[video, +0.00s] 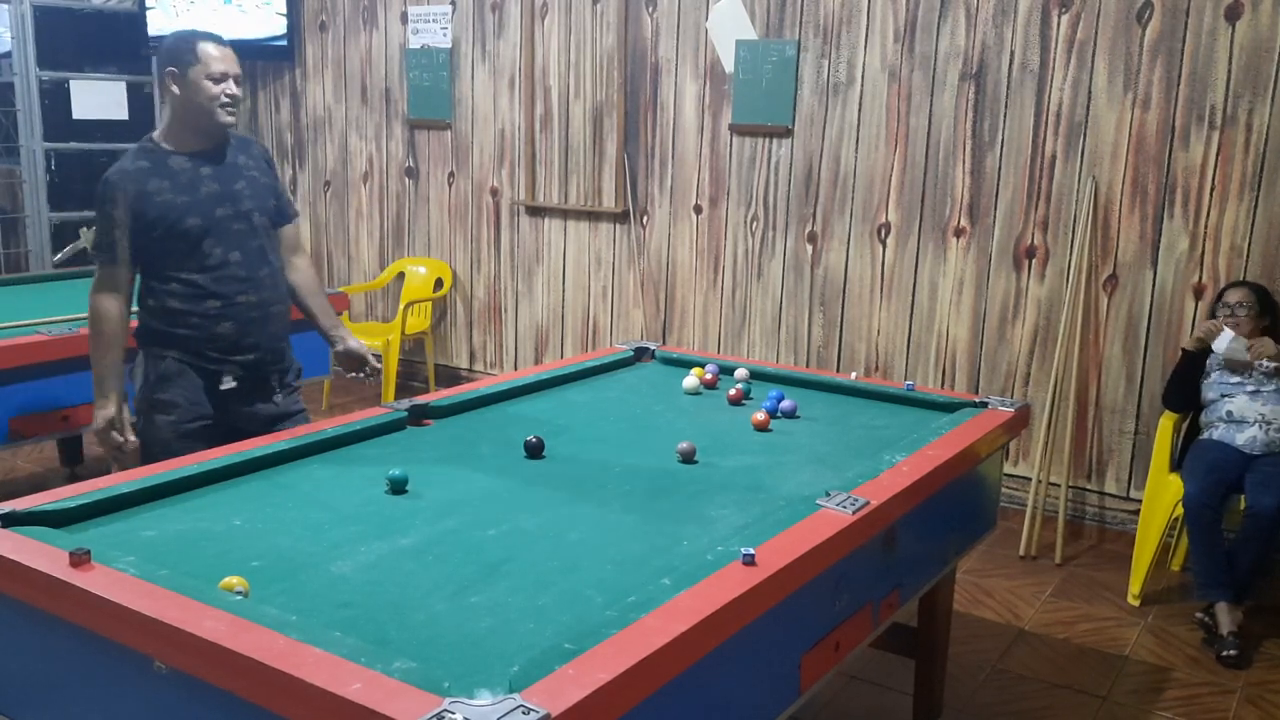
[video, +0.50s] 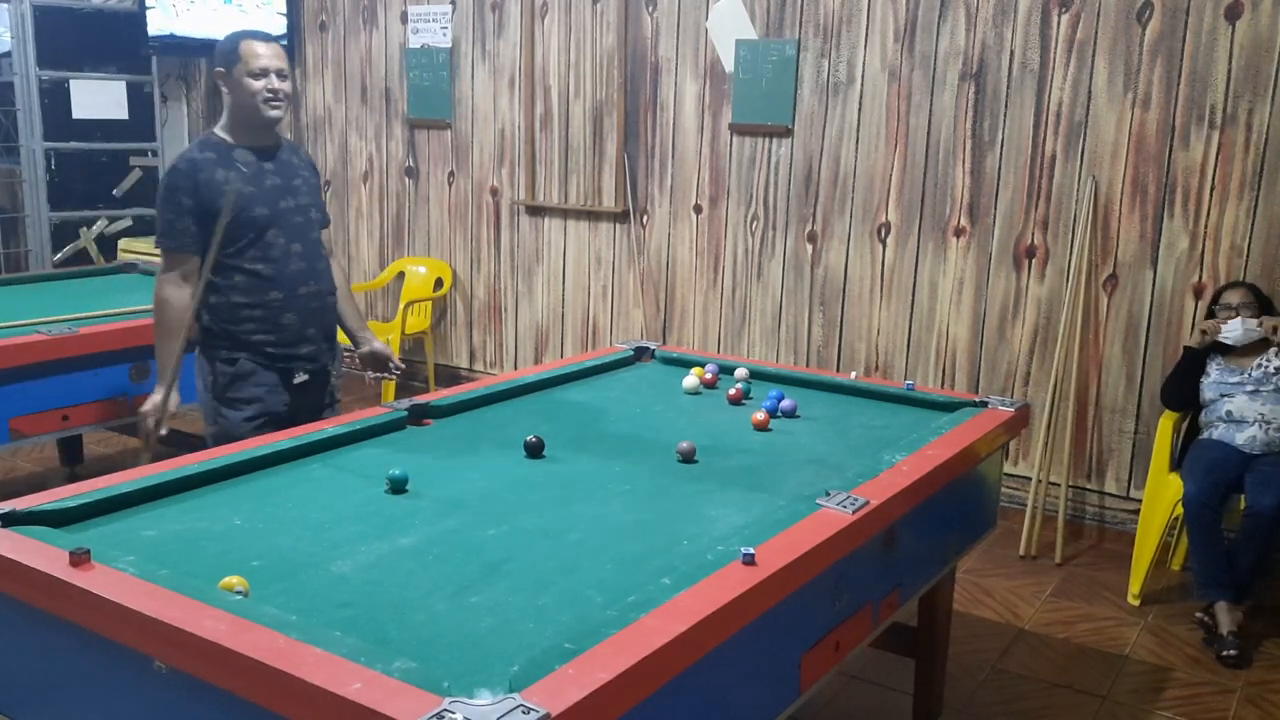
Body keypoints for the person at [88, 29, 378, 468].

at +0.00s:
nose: (234, 92)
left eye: (237, 81)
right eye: (217, 79)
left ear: (241, 85)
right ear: (172, 84)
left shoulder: (254, 158)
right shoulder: (129, 179)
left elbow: (293, 257)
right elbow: (110, 292)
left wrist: (340, 337)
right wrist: (108, 398)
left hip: (271, 377)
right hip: (182, 385)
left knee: (292, 527)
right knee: (186, 527)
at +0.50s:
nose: (276, 87)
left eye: (283, 76)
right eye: (260, 75)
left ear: (292, 84)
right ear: (223, 82)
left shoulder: (300, 163)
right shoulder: (193, 171)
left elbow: (319, 260)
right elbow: (178, 279)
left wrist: (364, 338)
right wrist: (165, 386)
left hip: (315, 364)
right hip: (243, 368)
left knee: (317, 498)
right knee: (254, 503)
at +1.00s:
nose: (313, 94)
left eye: (322, 83)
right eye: (298, 81)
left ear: (331, 90)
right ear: (267, 83)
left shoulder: (330, 167)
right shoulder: (229, 161)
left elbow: (354, 255)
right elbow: (195, 252)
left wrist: (407, 313)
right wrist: (205, 335)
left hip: (325, 357)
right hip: (261, 357)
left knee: (327, 485)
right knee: (280, 488)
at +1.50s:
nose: (318, 95)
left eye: (329, 87)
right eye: (304, 83)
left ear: (337, 96)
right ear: (275, 87)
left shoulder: (345, 153)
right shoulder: (246, 149)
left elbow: (384, 112)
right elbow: (214, 148)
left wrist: (436, 68)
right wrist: (204, 102)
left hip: (334, 351)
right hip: (261, 352)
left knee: (334, 485)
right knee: (267, 488)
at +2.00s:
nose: (307, 91)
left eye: (318, 84)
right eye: (294, 79)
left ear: (327, 96)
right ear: (263, 83)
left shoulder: (335, 149)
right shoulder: (236, 147)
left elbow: (379, 107)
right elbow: (217, 100)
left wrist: (426, 60)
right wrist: (195, 35)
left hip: (328, 349)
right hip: (257, 349)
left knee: (331, 485)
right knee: (263, 488)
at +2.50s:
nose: (282, 86)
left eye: (293, 77)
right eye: (268, 73)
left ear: (305, 89)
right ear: (240, 80)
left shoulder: (317, 146)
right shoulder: (217, 143)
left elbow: (369, 117)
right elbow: (192, 115)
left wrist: (410, 85)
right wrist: (186, 66)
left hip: (303, 348)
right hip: (232, 350)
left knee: (316, 478)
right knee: (244, 483)